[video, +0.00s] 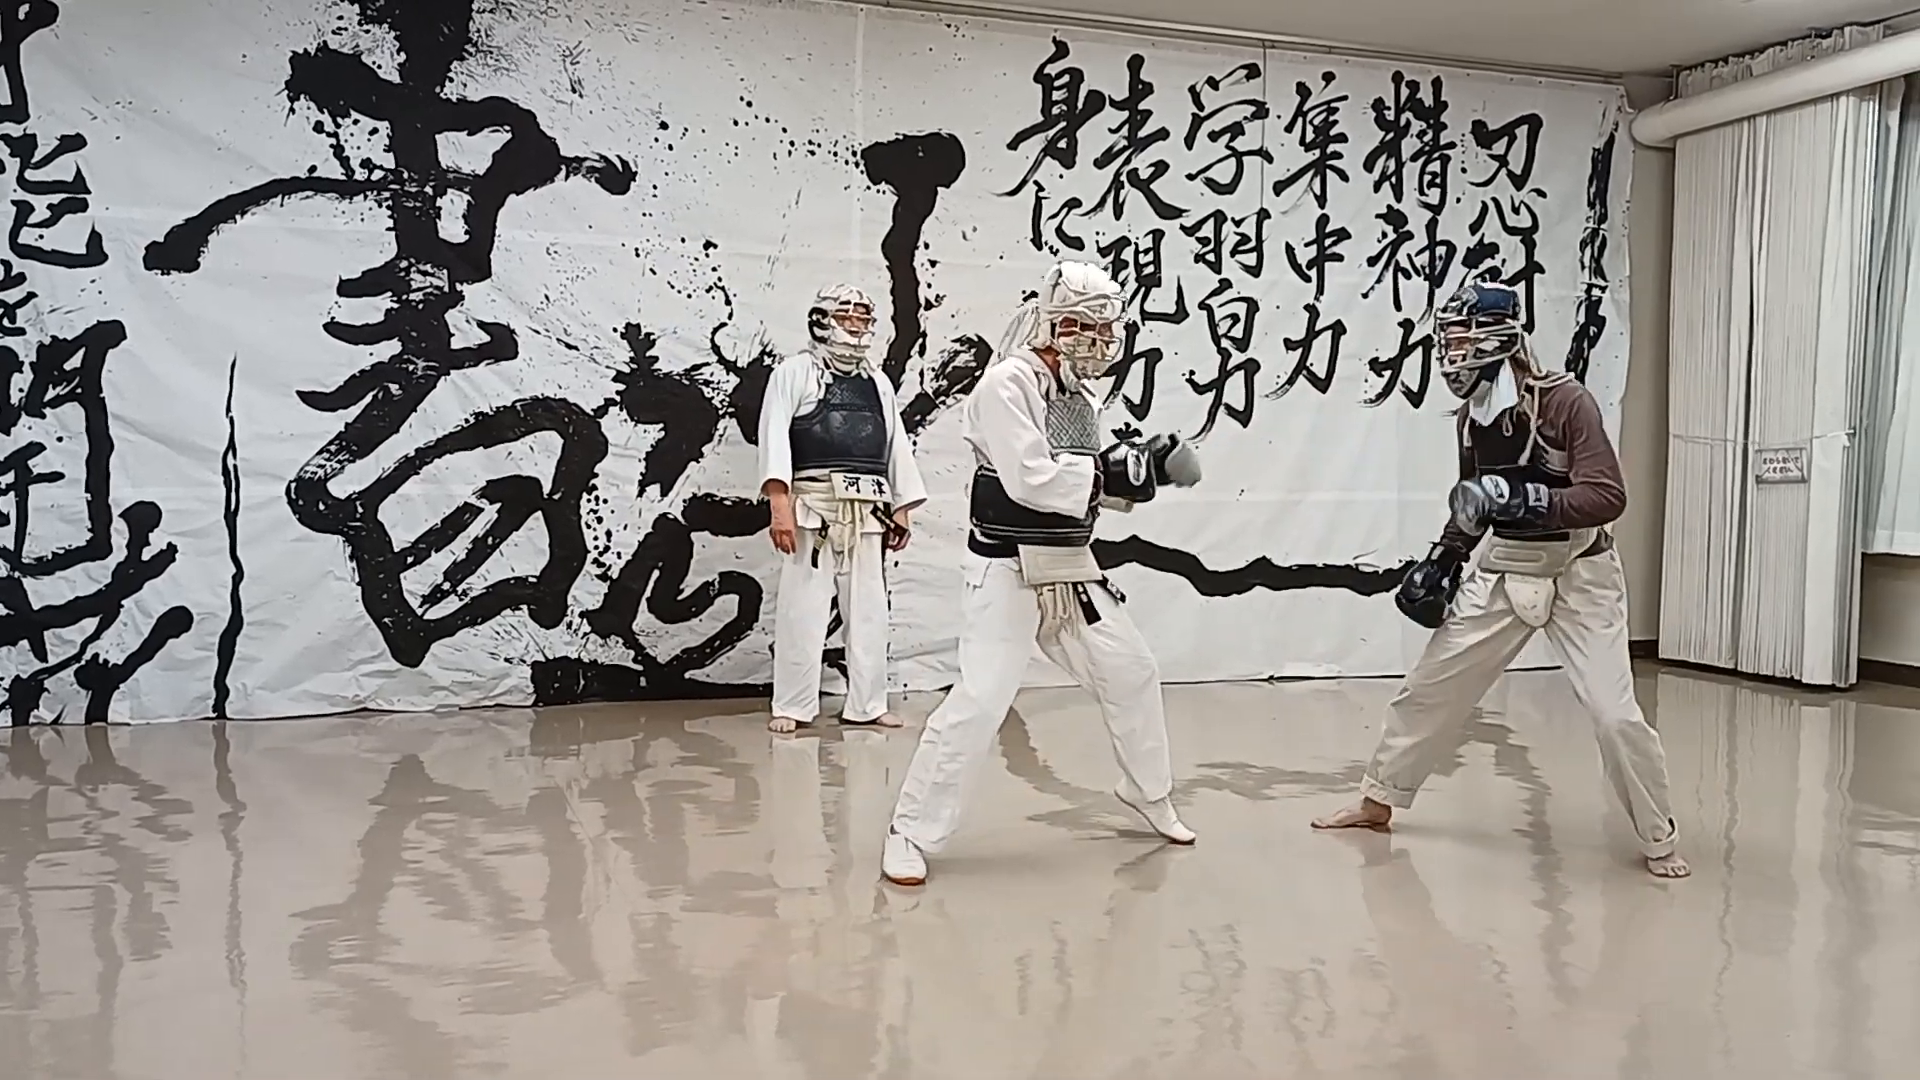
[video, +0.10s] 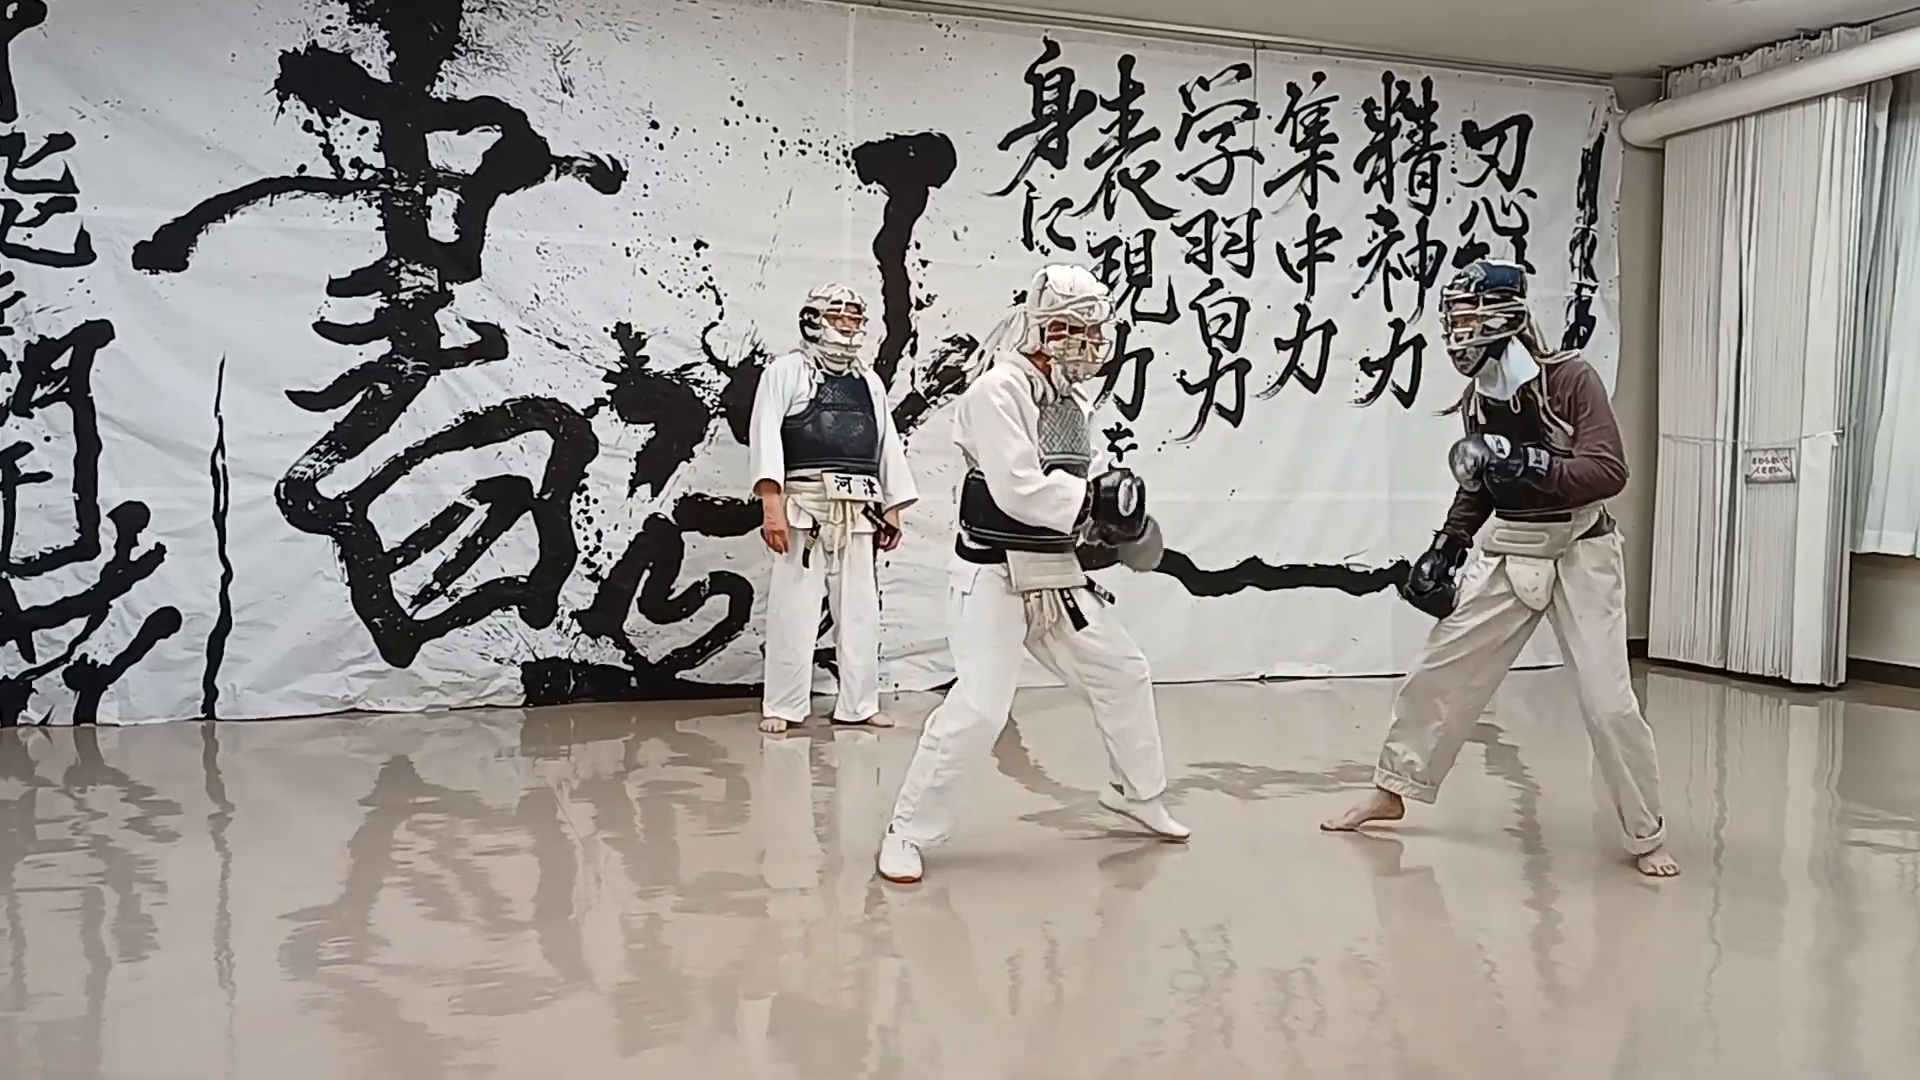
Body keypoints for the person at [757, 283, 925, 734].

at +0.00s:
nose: (855, 326)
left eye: (863, 320)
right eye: (846, 317)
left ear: (871, 326)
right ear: (823, 320)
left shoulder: (878, 380)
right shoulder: (794, 371)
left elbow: (896, 446)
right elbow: (774, 439)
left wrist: (903, 508)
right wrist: (780, 505)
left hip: (868, 509)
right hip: (809, 507)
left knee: (869, 612)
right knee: (802, 612)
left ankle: (866, 706)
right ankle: (792, 709)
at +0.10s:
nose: (846, 325)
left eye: (854, 319)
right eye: (836, 317)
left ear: (862, 325)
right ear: (814, 320)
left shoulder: (869, 380)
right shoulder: (786, 370)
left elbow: (888, 446)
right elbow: (765, 438)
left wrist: (895, 507)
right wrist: (772, 506)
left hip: (859, 508)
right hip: (800, 506)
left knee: (860, 612)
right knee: (793, 612)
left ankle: (858, 706)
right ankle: (782, 709)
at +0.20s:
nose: (837, 326)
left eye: (844, 319)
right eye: (827, 317)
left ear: (852, 325)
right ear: (805, 320)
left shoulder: (859, 379)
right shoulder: (776, 371)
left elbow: (878, 446)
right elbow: (756, 439)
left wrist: (885, 507)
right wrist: (763, 506)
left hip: (850, 508)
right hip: (791, 506)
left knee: (851, 612)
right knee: (783, 613)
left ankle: (848, 706)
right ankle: (773, 709)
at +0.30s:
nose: (826, 326)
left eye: (833, 320)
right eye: (817, 318)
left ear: (841, 326)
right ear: (794, 320)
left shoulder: (848, 379)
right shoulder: (765, 371)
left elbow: (867, 446)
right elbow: (745, 440)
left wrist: (875, 508)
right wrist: (752, 507)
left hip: (840, 509)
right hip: (781, 507)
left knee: (841, 613)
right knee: (773, 613)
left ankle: (839, 706)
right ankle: (763, 709)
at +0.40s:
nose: (817, 323)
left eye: (824, 317)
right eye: (807, 315)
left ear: (830, 325)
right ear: (783, 319)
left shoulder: (837, 380)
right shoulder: (754, 372)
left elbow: (856, 446)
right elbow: (735, 441)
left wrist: (863, 509)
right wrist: (741, 508)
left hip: (830, 510)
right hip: (771, 508)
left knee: (831, 614)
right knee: (763, 614)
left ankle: (829, 707)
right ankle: (753, 710)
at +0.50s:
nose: (806, 325)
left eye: (813, 318)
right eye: (796, 316)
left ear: (819, 326)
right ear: (772, 320)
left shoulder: (827, 381)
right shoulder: (743, 373)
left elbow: (846, 447)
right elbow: (724, 443)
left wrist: (853, 509)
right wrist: (731, 510)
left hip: (819, 510)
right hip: (760, 509)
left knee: (821, 614)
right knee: (753, 614)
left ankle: (819, 707)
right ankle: (743, 711)